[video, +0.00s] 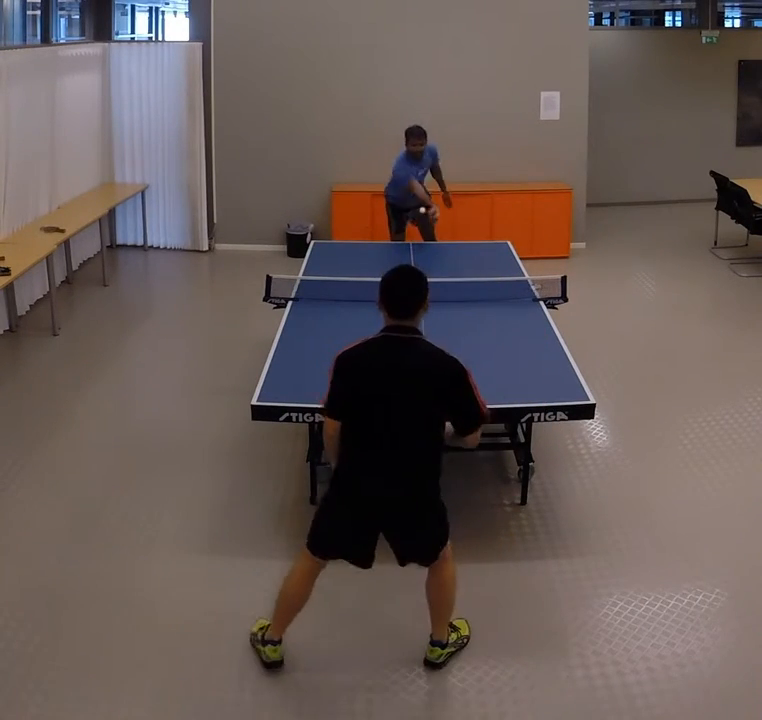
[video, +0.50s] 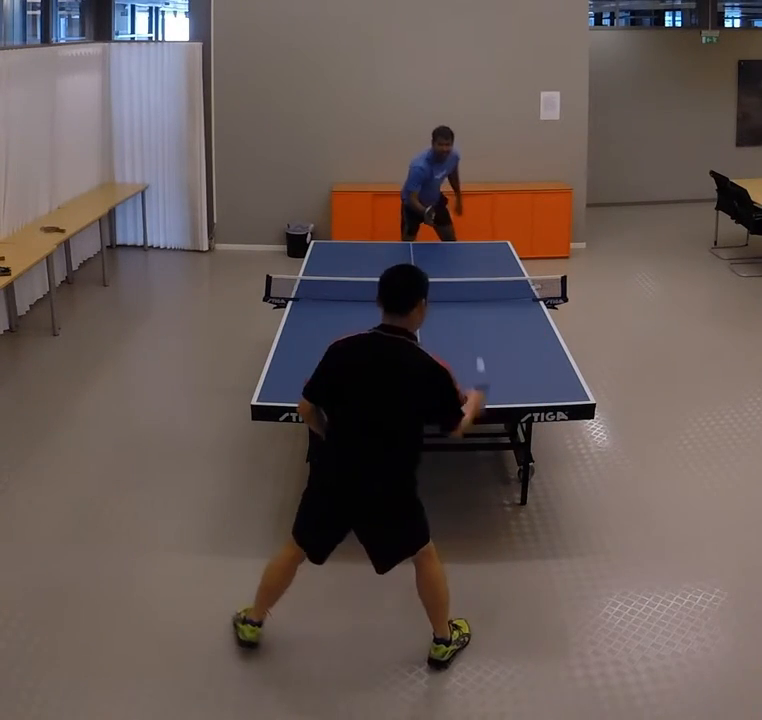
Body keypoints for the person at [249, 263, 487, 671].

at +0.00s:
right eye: (421, 299)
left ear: (380, 304)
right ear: (425, 305)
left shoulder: (350, 360)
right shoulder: (446, 367)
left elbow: (333, 431)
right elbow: (471, 436)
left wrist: (339, 465)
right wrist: (444, 427)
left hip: (354, 487)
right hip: (414, 491)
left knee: (313, 558)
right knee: (440, 556)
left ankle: (272, 640)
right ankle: (440, 640)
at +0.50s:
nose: (426, 308)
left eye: (424, 302)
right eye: (425, 302)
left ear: (379, 303)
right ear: (420, 307)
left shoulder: (343, 350)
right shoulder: (427, 370)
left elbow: (306, 407)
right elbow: (456, 428)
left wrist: (326, 433)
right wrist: (471, 407)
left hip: (334, 480)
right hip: (390, 487)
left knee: (295, 549)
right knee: (424, 555)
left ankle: (252, 621)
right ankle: (443, 638)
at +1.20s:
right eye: (292, 322)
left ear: (251, 337)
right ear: (292, 329)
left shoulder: (247, 392)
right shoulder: (329, 370)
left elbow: (258, 470)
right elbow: (340, 431)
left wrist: (287, 476)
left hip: (295, 496)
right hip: (353, 488)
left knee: (266, 553)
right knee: (411, 558)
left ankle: (246, 628)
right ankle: (452, 639)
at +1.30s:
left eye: (276, 318)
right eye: (314, 315)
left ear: (273, 324)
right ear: (316, 321)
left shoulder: (258, 384)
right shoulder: (348, 369)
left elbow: (255, 465)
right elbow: (389, 431)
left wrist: (287, 457)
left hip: (294, 498)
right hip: (353, 495)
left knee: (270, 549)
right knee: (418, 564)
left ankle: (245, 628)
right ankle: (458, 653)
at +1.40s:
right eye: (347, 311)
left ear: (305, 318)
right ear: (348, 317)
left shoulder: (282, 379)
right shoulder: (378, 372)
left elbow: (267, 456)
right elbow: (416, 435)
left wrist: (293, 475)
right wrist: (380, 437)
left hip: (307, 498)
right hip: (368, 498)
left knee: (281, 551)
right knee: (431, 572)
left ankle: (246, 628)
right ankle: (463, 662)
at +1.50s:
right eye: (373, 307)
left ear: (331, 313)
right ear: (375, 313)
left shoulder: (304, 372)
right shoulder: (400, 374)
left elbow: (280, 443)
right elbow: (424, 444)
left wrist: (306, 460)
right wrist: (388, 426)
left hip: (318, 495)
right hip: (380, 499)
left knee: (287, 557)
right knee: (435, 575)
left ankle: (255, 634)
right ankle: (463, 662)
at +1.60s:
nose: (401, 319)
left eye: (399, 312)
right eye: (400, 313)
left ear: (354, 317)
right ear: (396, 319)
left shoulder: (321, 368)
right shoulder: (409, 390)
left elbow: (283, 423)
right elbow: (421, 464)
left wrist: (312, 442)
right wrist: (445, 449)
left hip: (320, 496)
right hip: (378, 506)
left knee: (292, 559)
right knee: (435, 577)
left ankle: (257, 638)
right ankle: (464, 663)